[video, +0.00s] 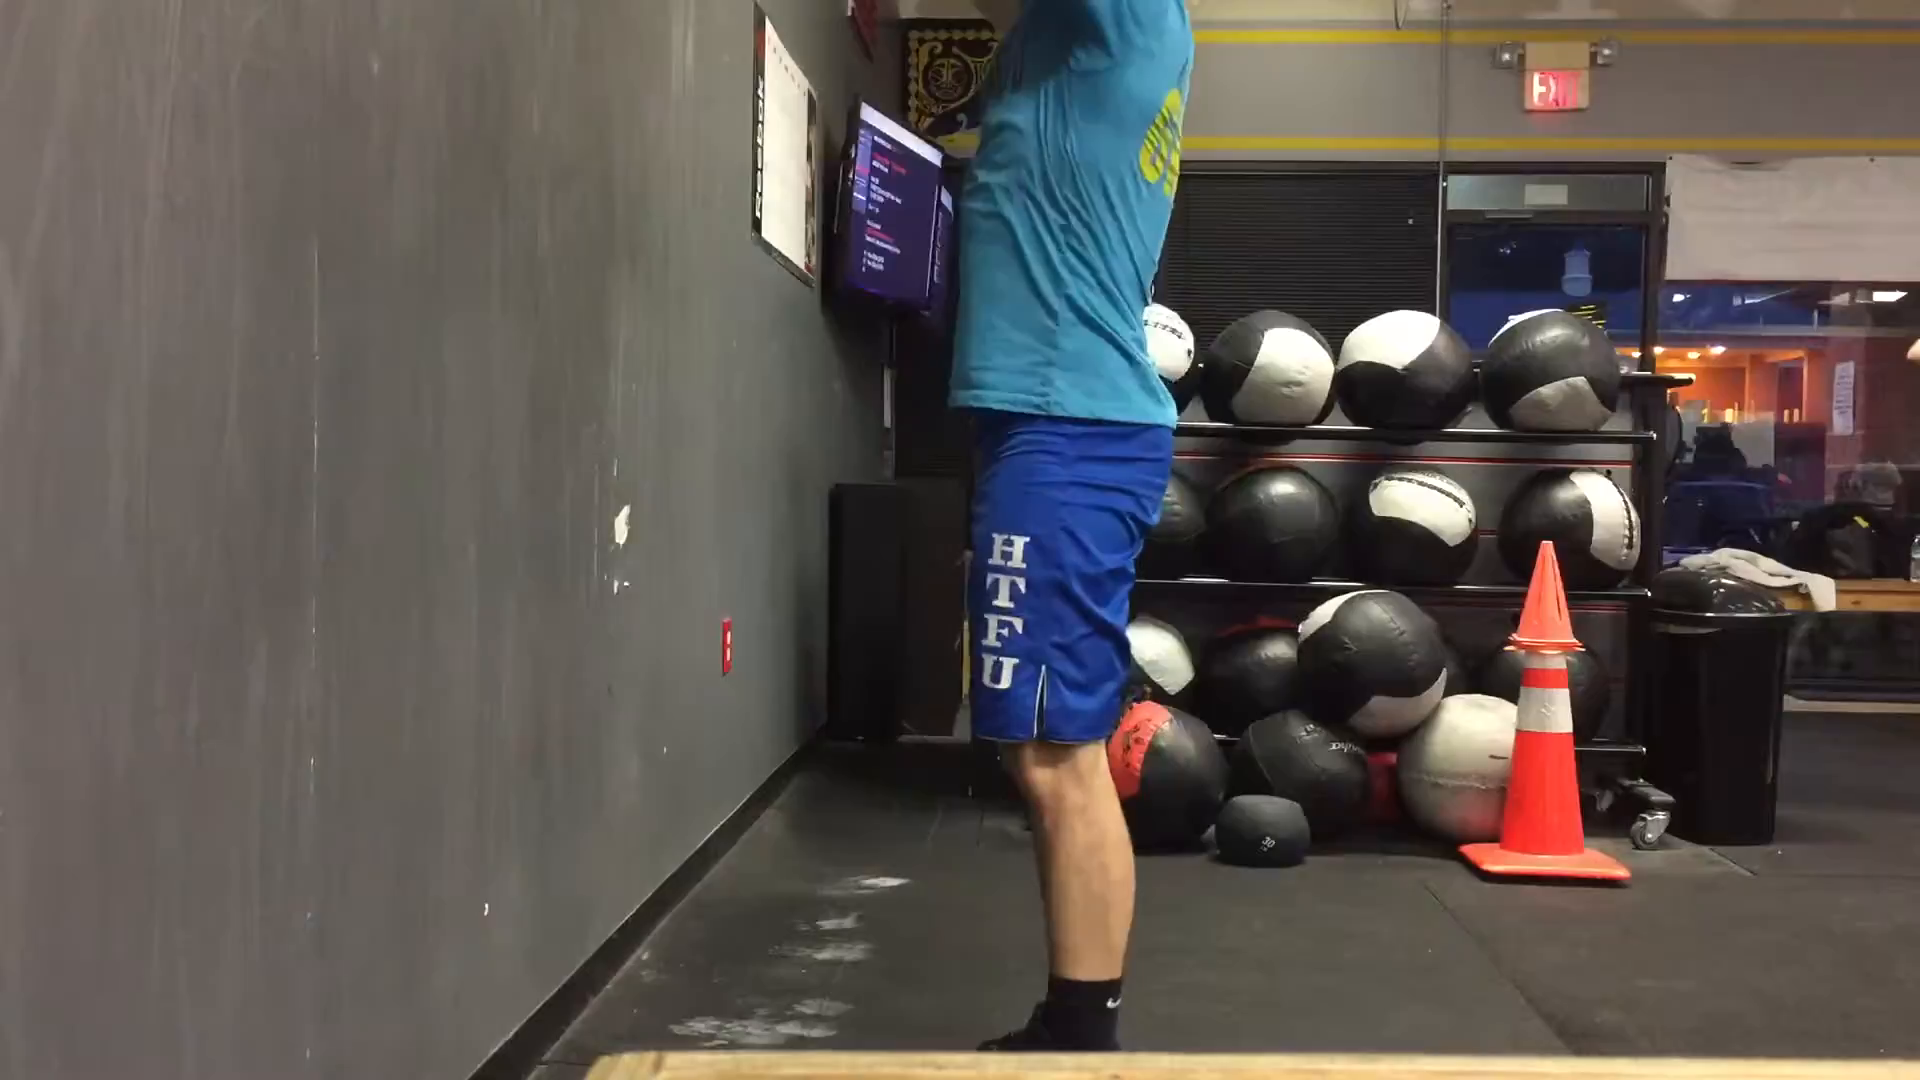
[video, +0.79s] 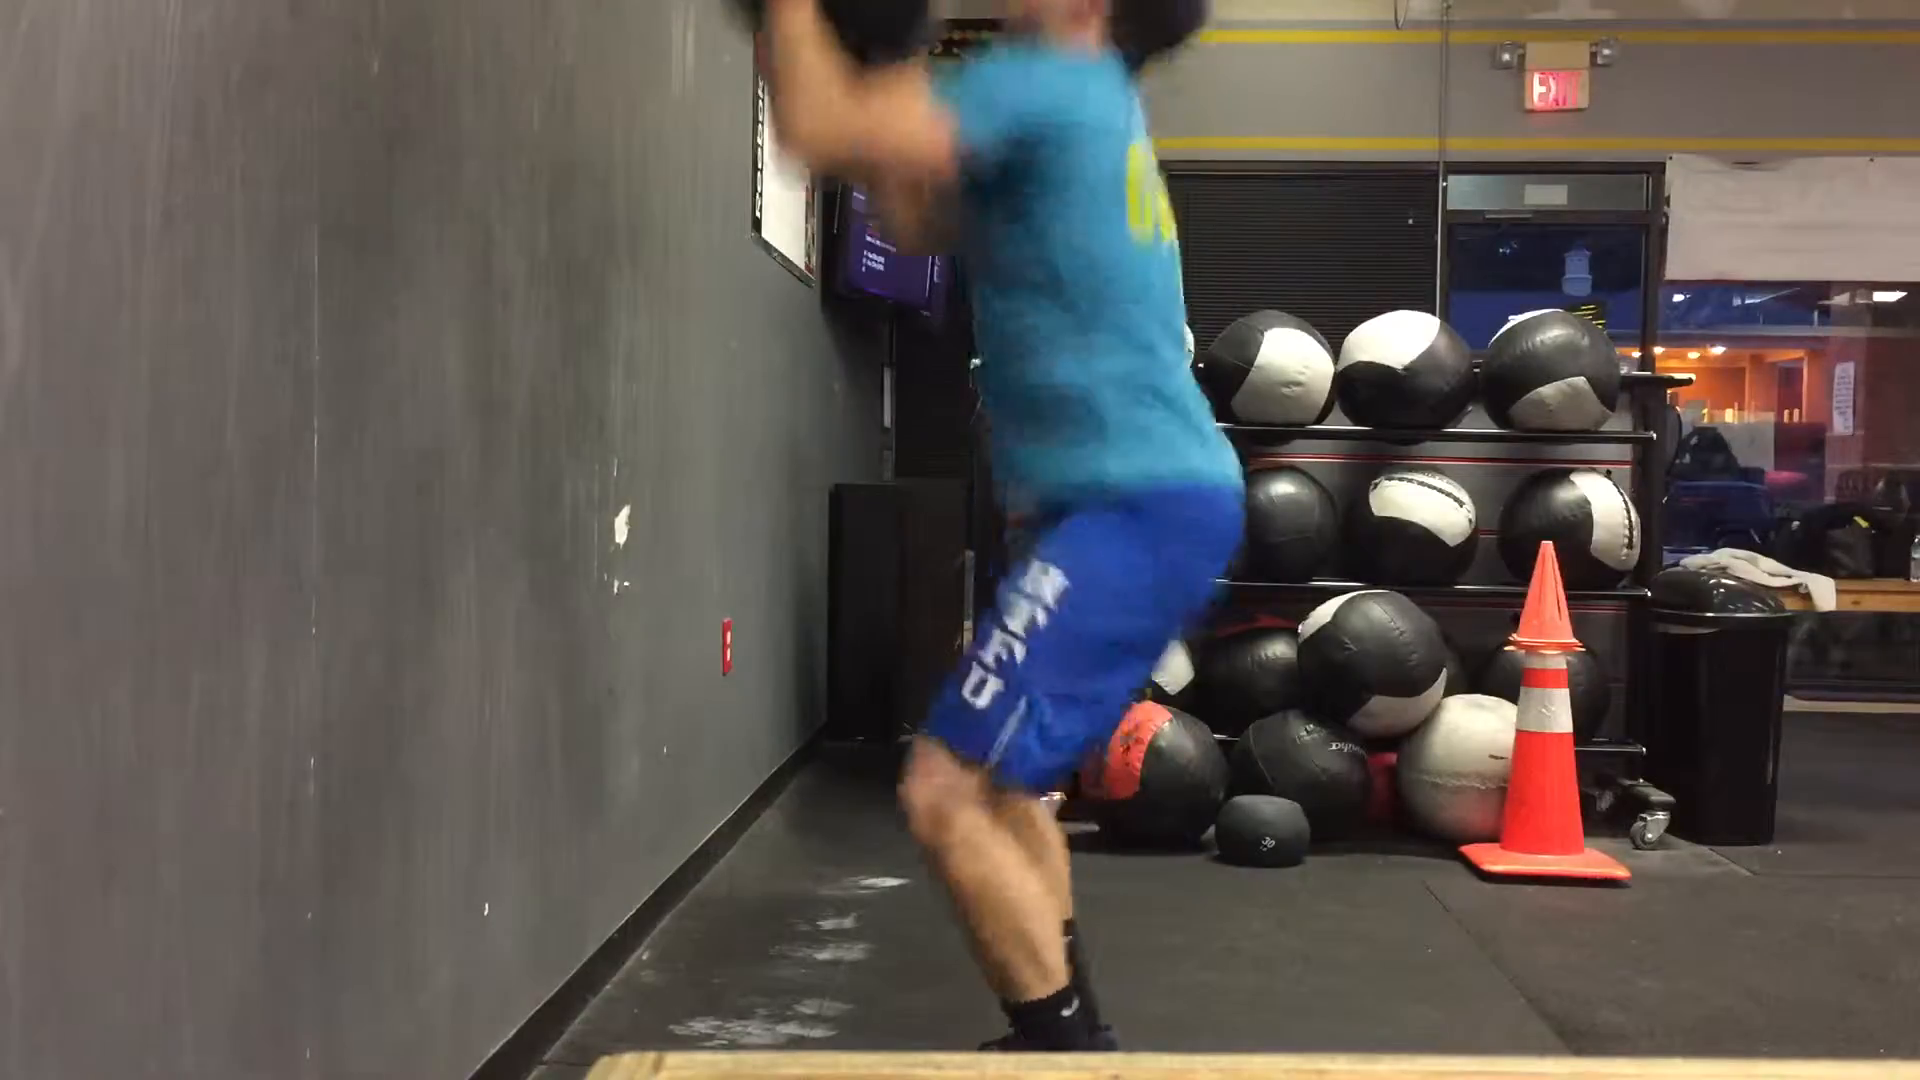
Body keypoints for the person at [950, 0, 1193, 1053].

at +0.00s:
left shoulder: (1124, 21)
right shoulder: (1082, 38)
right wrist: (940, 179)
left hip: (1073, 426)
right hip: (1057, 425)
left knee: (1055, 755)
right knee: (1059, 754)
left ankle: (1081, 1033)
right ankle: (1079, 1026)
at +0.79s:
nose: (1015, 0)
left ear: (1077, 8)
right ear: (1099, 17)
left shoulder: (1054, 84)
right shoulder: (1084, 102)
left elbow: (818, 121)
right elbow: (921, 223)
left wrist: (792, 2)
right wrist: (875, 103)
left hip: (1139, 499)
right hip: (1123, 496)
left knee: (945, 789)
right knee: (1009, 790)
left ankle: (1058, 1038)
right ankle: (1064, 1023)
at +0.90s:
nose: (986, 109)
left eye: (1013, 93)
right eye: (1002, 89)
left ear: (1062, 136)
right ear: (1065, 149)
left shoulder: (1023, 253)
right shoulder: (1068, 252)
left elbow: (803, 346)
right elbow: (903, 407)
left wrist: (764, 180)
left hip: (1174, 642)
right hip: (1185, 624)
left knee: (907, 821)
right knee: (958, 782)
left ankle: (1044, 1043)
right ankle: (1061, 1017)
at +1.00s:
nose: (959, 267)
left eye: (985, 257)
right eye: (975, 250)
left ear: (1032, 302)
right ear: (1036, 305)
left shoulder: (1015, 433)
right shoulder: (1053, 412)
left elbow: (807, 562)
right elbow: (850, 539)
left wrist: (743, 398)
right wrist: (777, 399)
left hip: (1197, 779)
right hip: (1166, 729)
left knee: (891, 849)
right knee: (923, 768)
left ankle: (1044, 1049)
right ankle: (1061, 1019)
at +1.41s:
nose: (949, 166)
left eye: (974, 152)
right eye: (962, 149)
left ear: (1023, 189)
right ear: (1023, 195)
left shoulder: (1020, 313)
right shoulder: (1035, 299)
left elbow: (827, 450)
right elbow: (855, 425)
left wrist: (752, 305)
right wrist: (771, 309)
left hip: (1187, 655)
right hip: (1149, 636)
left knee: (911, 830)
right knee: (932, 765)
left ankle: (1049, 1043)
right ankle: (1060, 1016)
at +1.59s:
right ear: (1105, 5)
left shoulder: (1065, 43)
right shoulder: (1072, 58)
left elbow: (914, 69)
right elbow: (904, 111)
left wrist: (807, 14)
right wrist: (885, 43)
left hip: (1086, 460)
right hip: (1057, 456)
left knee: (957, 767)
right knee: (973, 758)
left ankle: (1063, 1031)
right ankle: (1057, 1022)